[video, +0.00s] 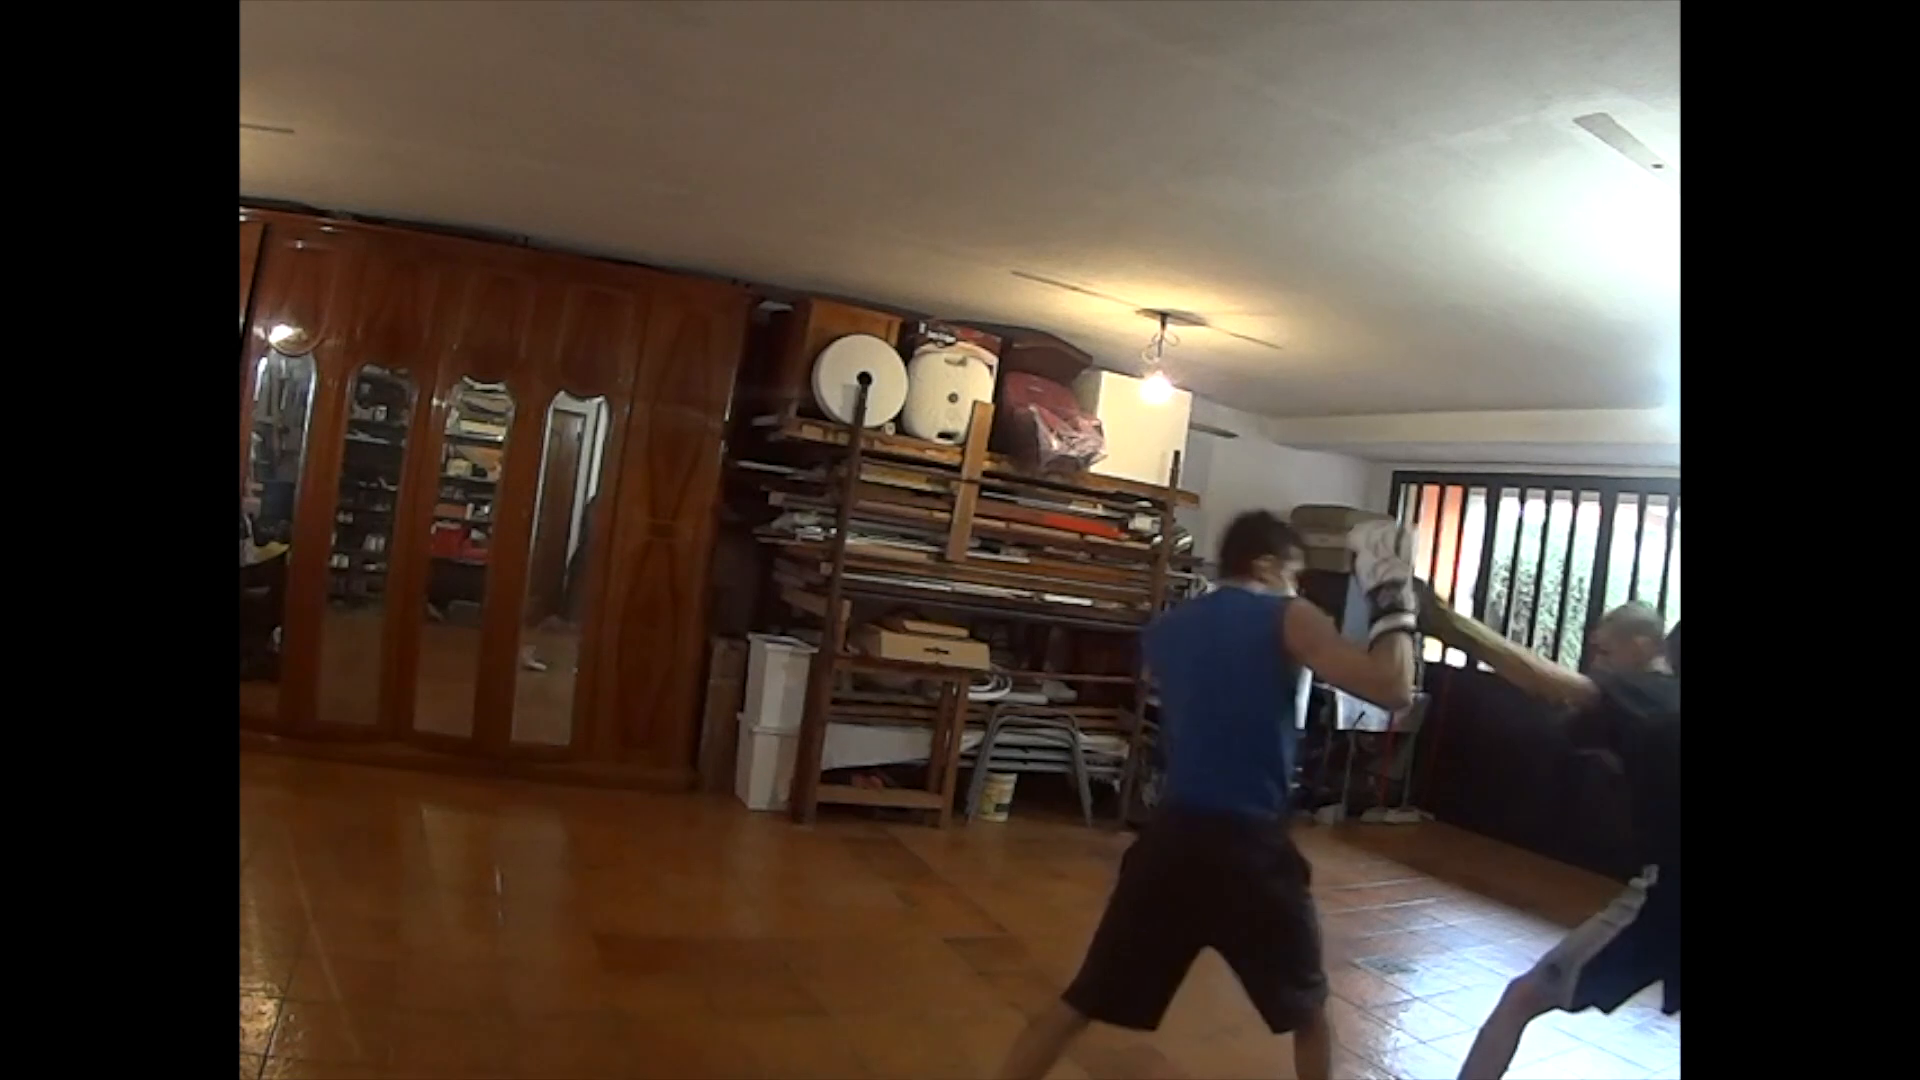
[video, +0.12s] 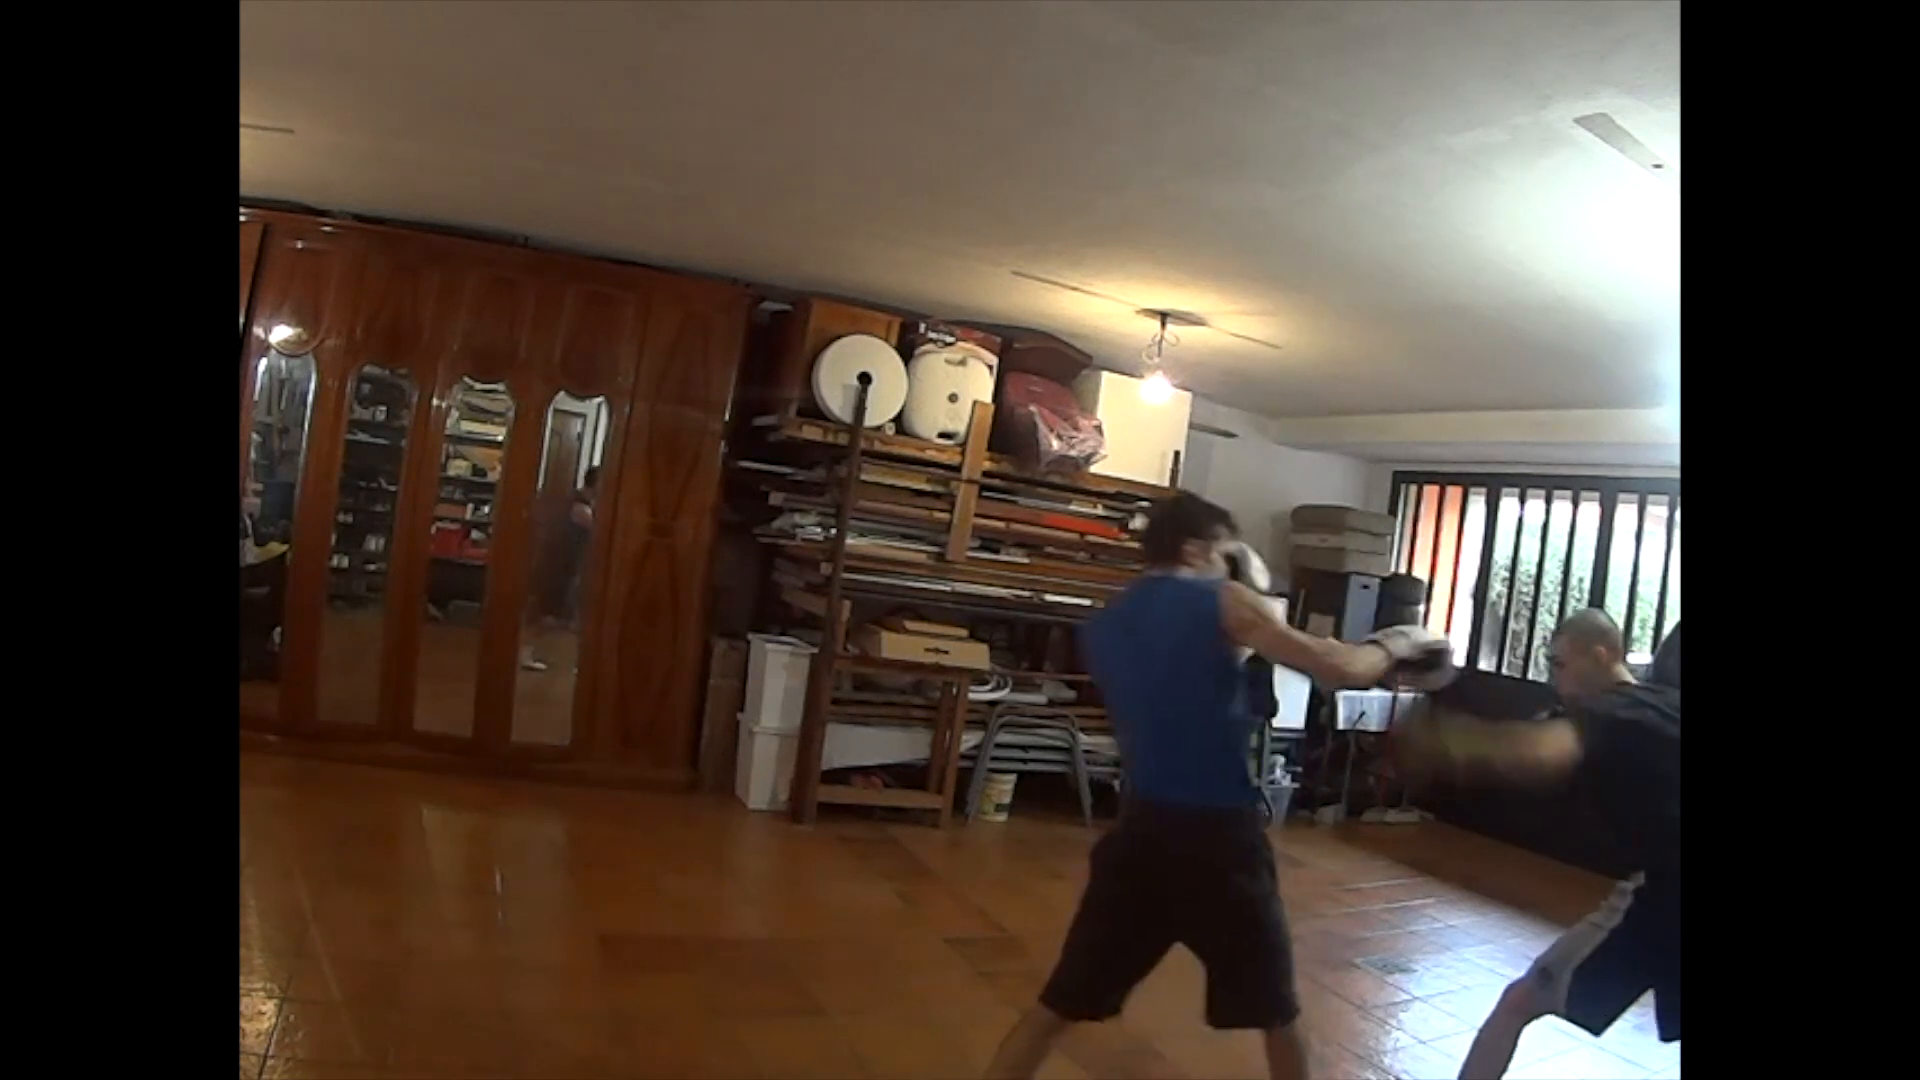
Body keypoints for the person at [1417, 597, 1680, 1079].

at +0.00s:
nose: (1593, 667)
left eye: (1604, 654)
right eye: (1593, 654)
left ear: (1644, 647)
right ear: (1646, 651)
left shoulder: (1651, 695)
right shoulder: (1664, 695)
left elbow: (1542, 680)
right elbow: (1541, 681)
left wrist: (1447, 620)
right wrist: (1449, 622)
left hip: (1666, 891)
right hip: (1664, 888)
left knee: (1522, 998)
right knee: (1522, 998)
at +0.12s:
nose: (1554, 682)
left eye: (1560, 665)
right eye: (1553, 667)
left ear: (1600, 656)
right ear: (1614, 657)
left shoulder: (1610, 714)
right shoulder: (1667, 701)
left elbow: (1541, 751)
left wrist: (1451, 742)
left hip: (1657, 895)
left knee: (1518, 1002)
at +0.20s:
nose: (1554, 679)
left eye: (1559, 661)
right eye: (1553, 663)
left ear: (1599, 653)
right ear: (1608, 653)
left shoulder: (1620, 715)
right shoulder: (1659, 704)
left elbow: (1595, 810)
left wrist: (1508, 824)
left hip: (1655, 897)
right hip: (1659, 894)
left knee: (1516, 1003)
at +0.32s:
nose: (1585, 663)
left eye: (1591, 648)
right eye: (1585, 649)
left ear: (1632, 641)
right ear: (1638, 641)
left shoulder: (1637, 710)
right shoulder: (1668, 696)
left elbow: (1650, 815)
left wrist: (1565, 852)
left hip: (1661, 895)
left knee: (1530, 1007)